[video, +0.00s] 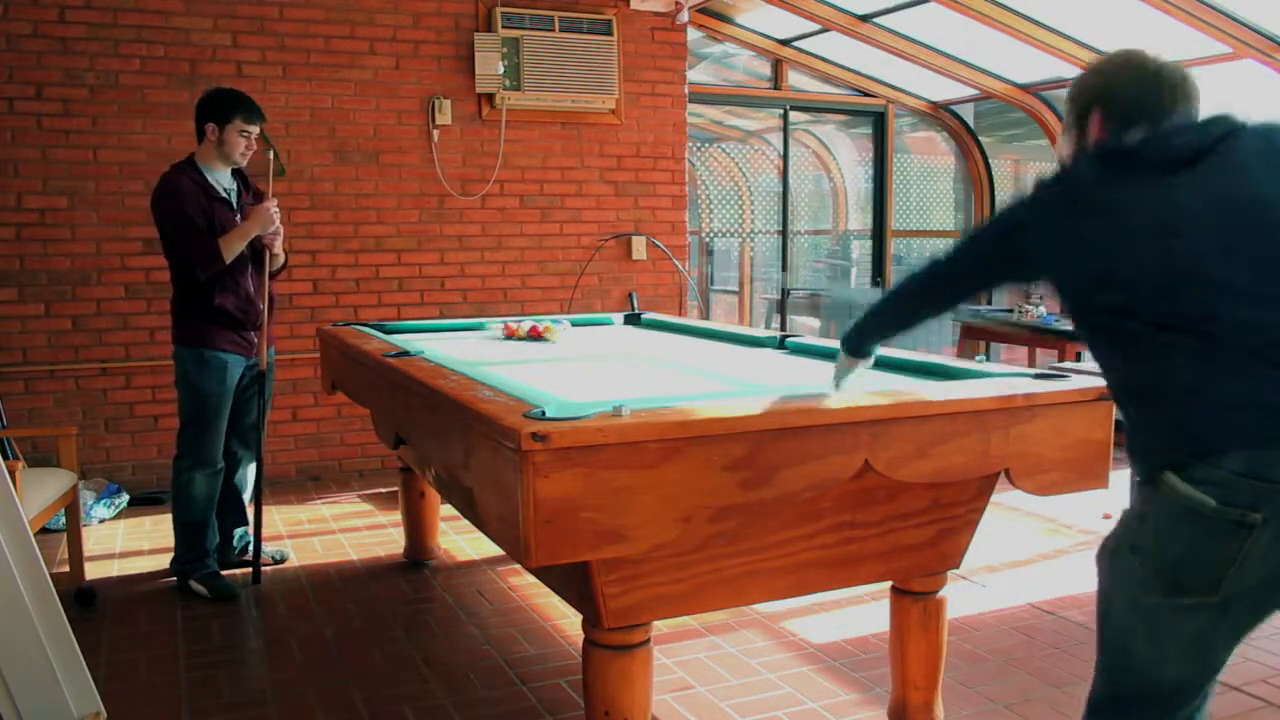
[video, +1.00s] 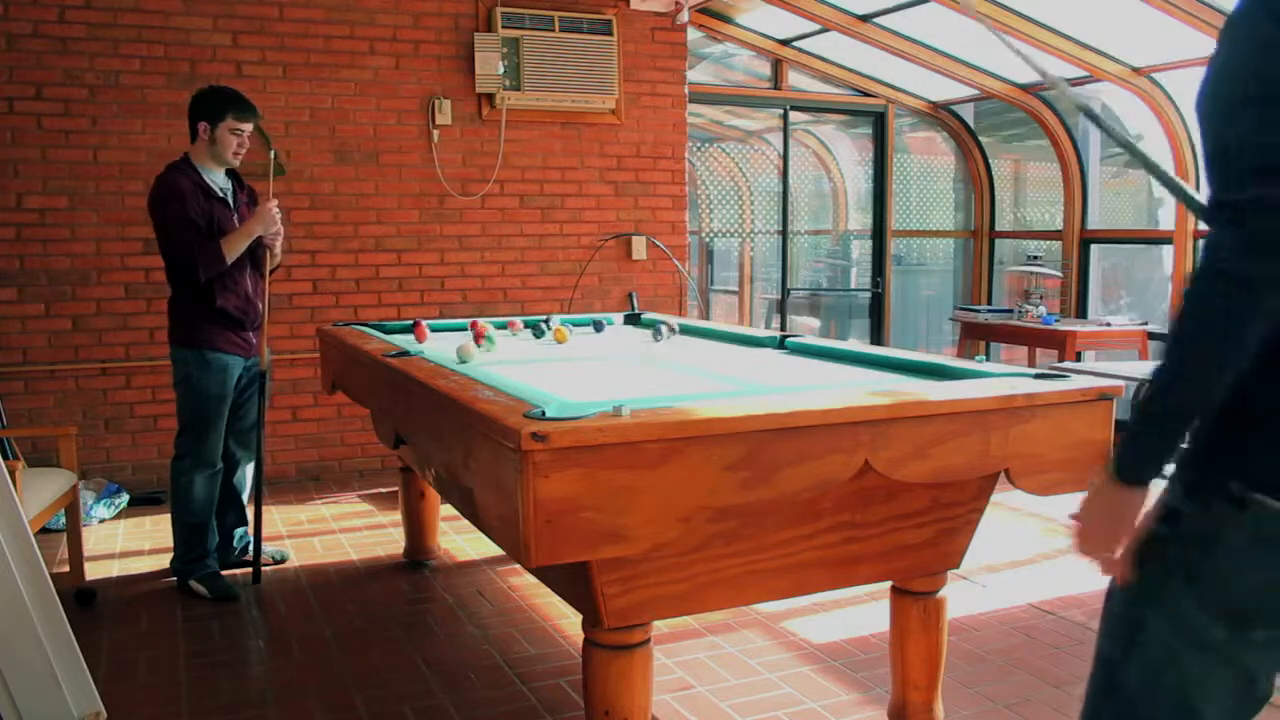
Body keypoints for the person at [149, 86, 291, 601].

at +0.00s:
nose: (252, 143)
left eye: (255, 135)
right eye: (244, 133)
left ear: (252, 139)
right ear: (211, 131)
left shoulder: (244, 189)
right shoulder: (176, 187)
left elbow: (268, 268)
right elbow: (198, 263)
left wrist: (274, 248)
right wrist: (251, 226)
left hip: (251, 340)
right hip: (207, 342)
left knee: (241, 452)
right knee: (203, 456)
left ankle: (230, 544)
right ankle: (192, 564)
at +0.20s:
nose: (252, 145)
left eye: (255, 136)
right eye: (245, 134)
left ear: (230, 138)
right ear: (213, 132)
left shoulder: (242, 192)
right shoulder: (176, 187)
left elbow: (259, 270)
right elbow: (202, 264)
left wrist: (276, 248)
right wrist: (257, 227)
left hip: (250, 342)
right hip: (208, 343)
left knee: (241, 453)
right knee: (203, 457)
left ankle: (230, 545)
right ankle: (192, 565)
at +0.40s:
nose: (252, 145)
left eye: (254, 135)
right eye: (245, 134)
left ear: (227, 137)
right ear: (213, 132)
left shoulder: (242, 193)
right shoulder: (177, 186)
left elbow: (255, 268)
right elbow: (201, 266)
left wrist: (276, 248)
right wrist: (259, 228)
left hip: (249, 342)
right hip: (208, 343)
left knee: (240, 453)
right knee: (203, 457)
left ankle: (230, 545)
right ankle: (192, 564)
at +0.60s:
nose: (252, 144)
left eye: (254, 134)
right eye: (244, 133)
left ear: (226, 136)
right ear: (211, 131)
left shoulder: (241, 192)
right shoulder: (176, 185)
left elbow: (254, 268)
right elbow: (201, 266)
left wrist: (275, 248)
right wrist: (258, 228)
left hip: (248, 342)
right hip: (206, 343)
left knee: (240, 453)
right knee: (203, 457)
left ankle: (230, 545)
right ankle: (192, 564)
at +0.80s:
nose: (249, 143)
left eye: (252, 134)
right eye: (240, 132)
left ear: (242, 137)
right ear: (207, 130)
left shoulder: (242, 193)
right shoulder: (175, 185)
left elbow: (253, 271)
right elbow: (199, 267)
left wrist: (273, 248)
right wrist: (254, 229)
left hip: (247, 342)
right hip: (205, 343)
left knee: (239, 453)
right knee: (202, 457)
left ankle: (230, 545)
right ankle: (192, 564)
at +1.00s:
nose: (245, 143)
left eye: (249, 134)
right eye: (236, 132)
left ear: (249, 138)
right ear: (204, 130)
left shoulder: (241, 192)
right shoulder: (173, 185)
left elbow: (257, 269)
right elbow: (198, 265)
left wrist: (272, 247)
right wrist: (252, 228)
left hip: (245, 342)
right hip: (203, 343)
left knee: (238, 453)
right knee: (201, 457)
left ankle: (230, 545)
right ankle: (192, 564)